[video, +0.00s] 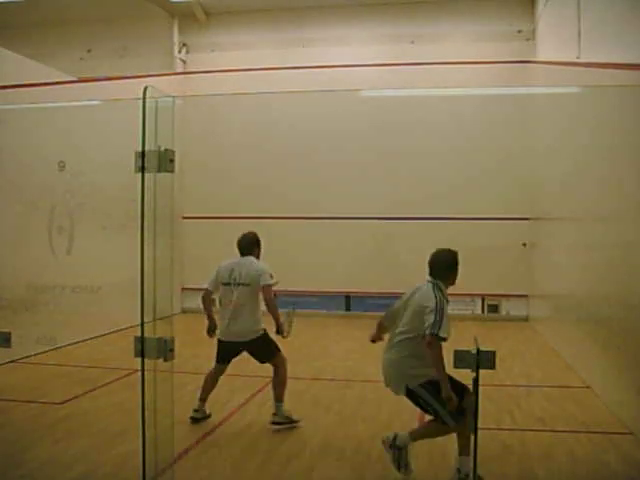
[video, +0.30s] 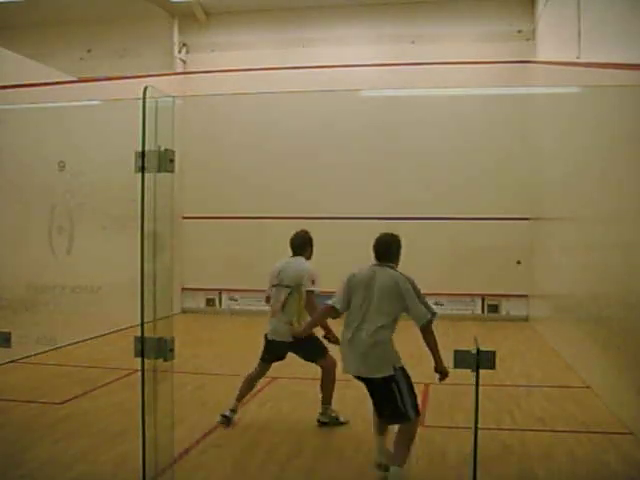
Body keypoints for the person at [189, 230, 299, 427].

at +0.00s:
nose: (261, 251)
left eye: (260, 247)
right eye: (260, 247)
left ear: (239, 250)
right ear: (257, 248)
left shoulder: (224, 268)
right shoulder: (260, 269)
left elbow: (206, 296)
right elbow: (269, 298)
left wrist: (210, 320)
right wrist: (278, 323)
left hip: (227, 334)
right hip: (253, 334)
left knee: (217, 369)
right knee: (280, 363)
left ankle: (199, 408)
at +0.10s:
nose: (270, 267)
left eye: (269, 263)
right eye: (270, 263)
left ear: (250, 264)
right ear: (267, 264)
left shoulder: (235, 282)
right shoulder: (267, 284)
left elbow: (219, 313)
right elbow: (275, 317)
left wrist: (228, 334)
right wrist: (289, 339)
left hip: (230, 344)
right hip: (254, 343)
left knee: (223, 372)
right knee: (294, 365)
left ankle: (201, 408)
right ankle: (310, 409)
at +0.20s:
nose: (291, 263)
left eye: (290, 259)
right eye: (290, 260)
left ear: (269, 260)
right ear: (286, 261)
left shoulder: (255, 279)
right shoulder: (286, 283)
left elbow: (244, 310)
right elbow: (291, 317)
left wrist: (259, 325)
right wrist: (306, 339)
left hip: (251, 343)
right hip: (276, 344)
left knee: (233, 373)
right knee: (312, 367)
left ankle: (206, 407)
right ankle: (323, 412)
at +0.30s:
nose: (313, 251)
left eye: (312, 247)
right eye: (312, 247)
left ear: (292, 248)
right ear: (309, 248)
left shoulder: (278, 267)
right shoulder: (306, 270)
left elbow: (269, 299)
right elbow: (310, 304)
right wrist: (327, 330)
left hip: (274, 334)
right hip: (298, 334)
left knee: (258, 371)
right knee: (329, 364)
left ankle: (232, 409)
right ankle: (326, 412)